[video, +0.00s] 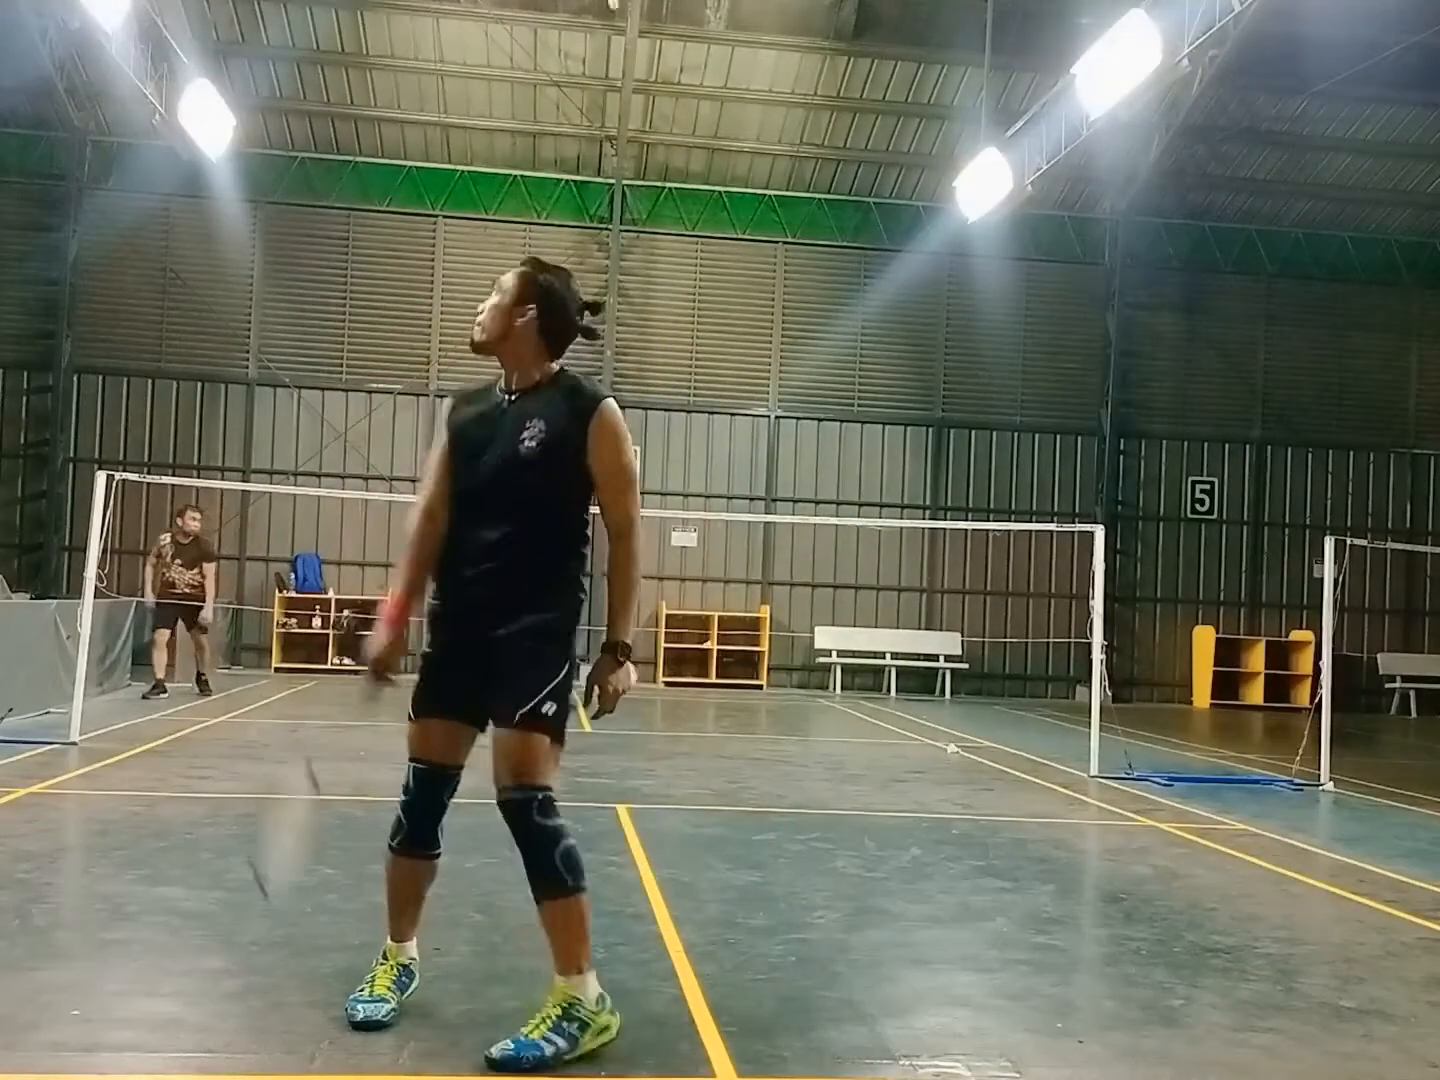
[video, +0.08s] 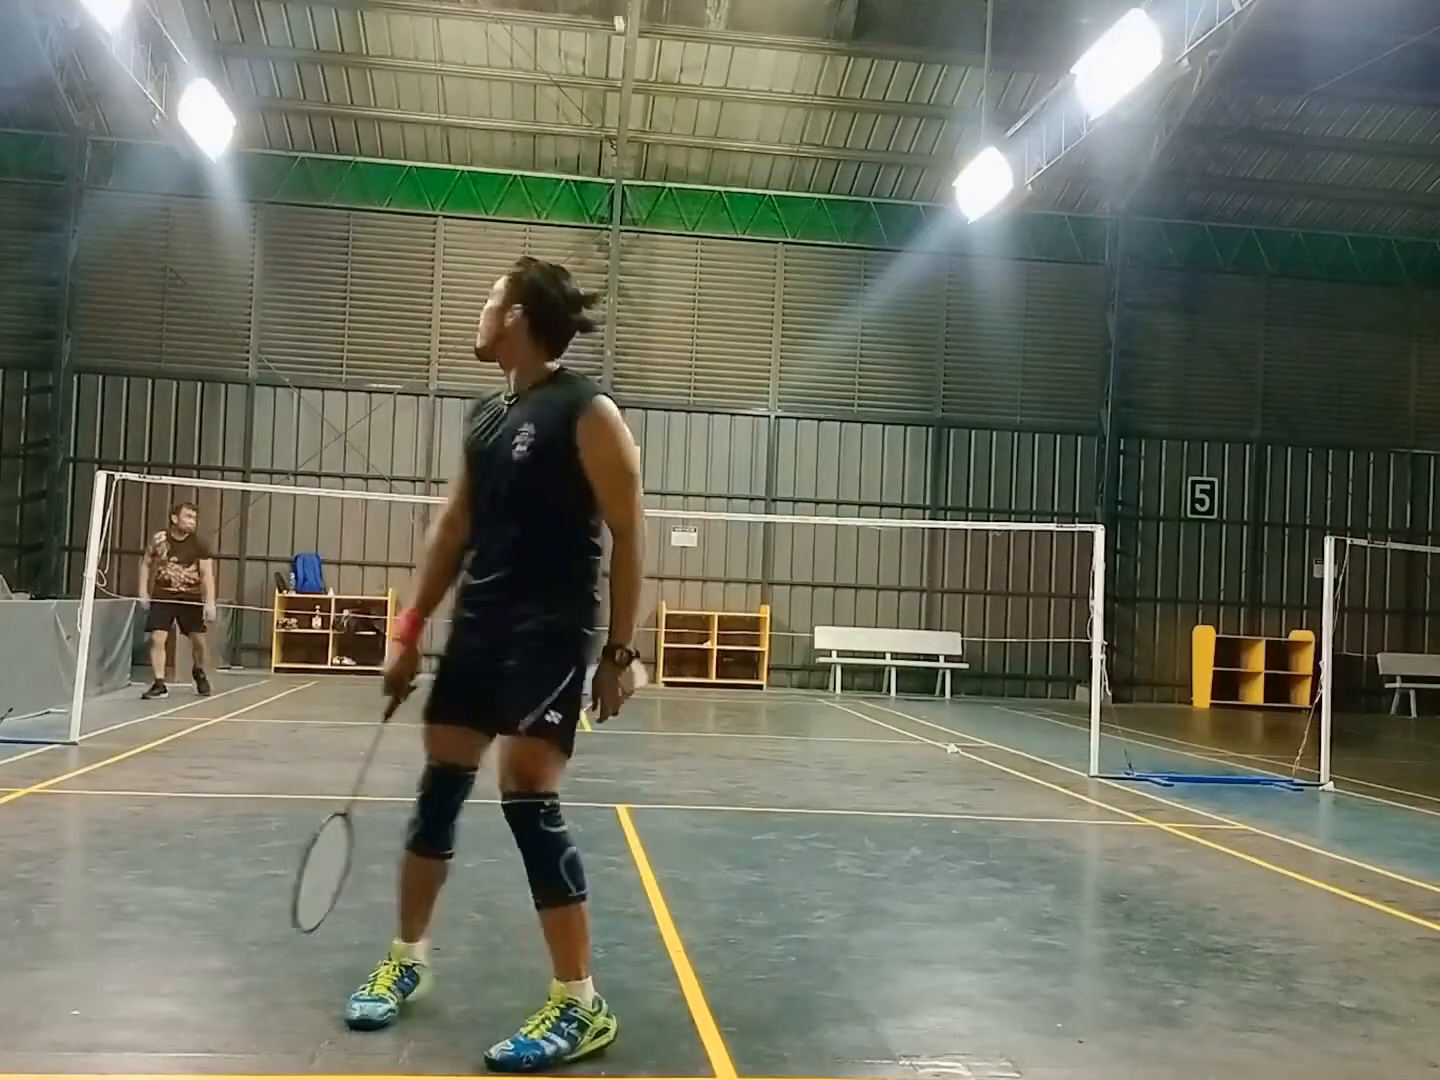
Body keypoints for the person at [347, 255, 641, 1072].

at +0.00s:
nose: (481, 311)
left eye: (493, 301)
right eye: (487, 299)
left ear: (527, 319)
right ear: (517, 320)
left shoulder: (590, 416)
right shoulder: (465, 417)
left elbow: (622, 531)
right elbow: (428, 522)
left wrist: (618, 641)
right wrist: (391, 619)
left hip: (541, 635)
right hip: (458, 630)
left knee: (527, 803)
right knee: (420, 798)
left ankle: (580, 996)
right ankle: (396, 956)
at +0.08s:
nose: (482, 317)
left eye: (491, 305)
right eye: (487, 304)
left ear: (519, 317)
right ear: (522, 321)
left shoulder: (589, 412)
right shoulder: (487, 417)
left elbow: (627, 530)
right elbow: (453, 529)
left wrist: (621, 644)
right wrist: (407, 628)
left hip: (556, 629)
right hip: (480, 624)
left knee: (529, 798)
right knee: (440, 788)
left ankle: (578, 1002)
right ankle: (405, 958)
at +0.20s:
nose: (493, 320)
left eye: (499, 307)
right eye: (499, 307)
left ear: (517, 317)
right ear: (554, 318)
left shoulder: (563, 396)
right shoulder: (536, 401)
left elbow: (615, 507)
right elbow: (520, 522)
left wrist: (613, 634)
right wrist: (466, 596)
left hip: (566, 625)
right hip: (523, 620)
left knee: (547, 793)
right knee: (492, 774)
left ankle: (580, 1000)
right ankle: (489, 964)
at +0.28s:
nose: (507, 318)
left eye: (509, 307)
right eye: (513, 307)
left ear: (520, 316)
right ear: (574, 320)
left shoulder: (551, 392)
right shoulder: (559, 391)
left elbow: (596, 500)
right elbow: (558, 511)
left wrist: (599, 627)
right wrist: (503, 574)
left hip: (567, 625)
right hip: (545, 619)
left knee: (550, 793)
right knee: (514, 770)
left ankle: (584, 999)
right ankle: (551, 956)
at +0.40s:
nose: (536, 318)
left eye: (540, 310)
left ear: (546, 320)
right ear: (609, 330)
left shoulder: (545, 388)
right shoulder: (628, 406)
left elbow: (567, 490)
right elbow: (631, 519)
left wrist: (555, 621)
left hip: (573, 611)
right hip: (625, 609)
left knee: (550, 796)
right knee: (598, 785)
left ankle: (580, 1001)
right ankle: (647, 956)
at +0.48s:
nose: (552, 326)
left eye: (556, 317)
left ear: (561, 329)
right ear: (622, 339)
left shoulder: (551, 391)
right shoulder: (645, 414)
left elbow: (554, 495)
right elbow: (645, 530)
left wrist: (539, 618)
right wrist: (615, 612)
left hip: (578, 615)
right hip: (638, 618)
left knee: (560, 802)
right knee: (632, 785)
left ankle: (582, 1003)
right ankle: (676, 958)